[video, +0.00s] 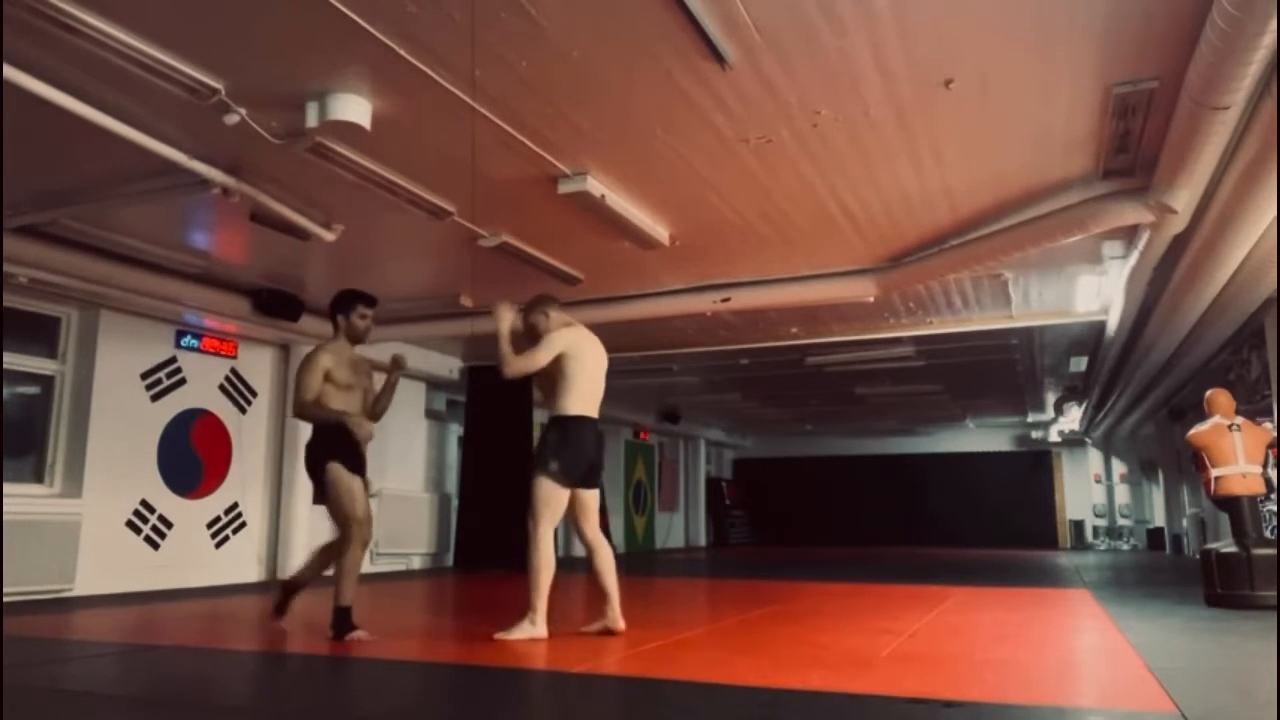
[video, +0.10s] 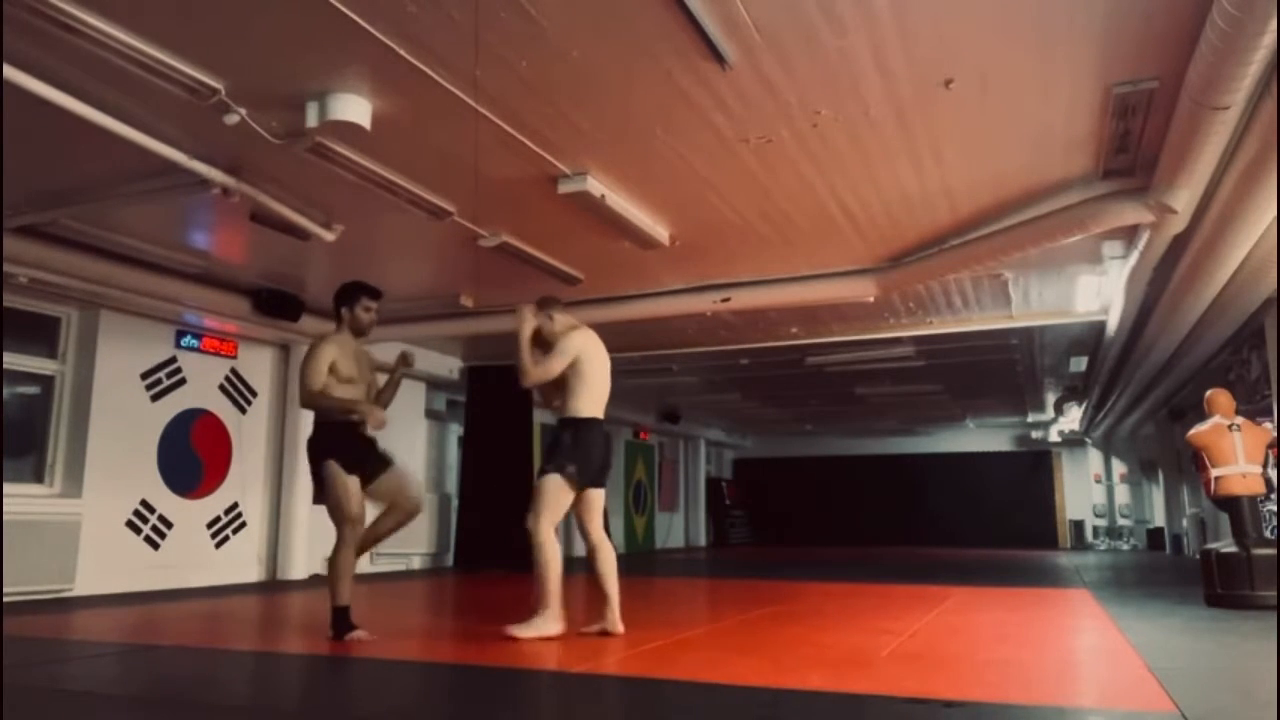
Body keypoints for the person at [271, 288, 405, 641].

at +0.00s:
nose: (368, 325)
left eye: (371, 319)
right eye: (362, 317)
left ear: (367, 322)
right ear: (341, 318)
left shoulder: (361, 363)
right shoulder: (321, 356)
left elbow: (373, 412)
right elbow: (302, 407)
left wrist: (392, 378)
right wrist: (347, 418)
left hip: (352, 449)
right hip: (329, 444)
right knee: (357, 529)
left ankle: (292, 585)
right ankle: (342, 620)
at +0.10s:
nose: (372, 318)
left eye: (375, 311)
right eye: (366, 310)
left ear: (372, 315)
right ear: (345, 311)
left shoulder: (363, 355)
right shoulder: (327, 346)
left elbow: (375, 404)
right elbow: (309, 395)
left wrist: (398, 373)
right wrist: (358, 408)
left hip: (360, 441)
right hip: (331, 439)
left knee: (408, 503)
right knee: (351, 523)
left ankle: (345, 556)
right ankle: (341, 620)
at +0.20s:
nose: (378, 315)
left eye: (380, 309)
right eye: (372, 307)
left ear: (375, 312)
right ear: (350, 307)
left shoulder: (368, 353)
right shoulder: (327, 342)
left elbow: (382, 403)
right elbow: (312, 388)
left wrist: (404, 376)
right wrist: (363, 398)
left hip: (369, 438)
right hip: (339, 439)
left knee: (440, 439)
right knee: (352, 527)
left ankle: (416, 512)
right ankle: (342, 623)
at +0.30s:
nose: (380, 316)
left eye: (383, 310)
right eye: (374, 308)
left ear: (381, 313)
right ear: (353, 308)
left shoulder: (372, 355)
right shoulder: (328, 342)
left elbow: (385, 405)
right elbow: (312, 387)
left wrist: (410, 378)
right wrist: (362, 396)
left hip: (383, 430)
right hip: (352, 437)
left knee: (448, 399)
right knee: (360, 528)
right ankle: (345, 622)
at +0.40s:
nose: (379, 316)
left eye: (382, 310)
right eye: (374, 308)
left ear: (380, 313)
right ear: (352, 308)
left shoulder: (375, 356)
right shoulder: (328, 343)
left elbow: (386, 405)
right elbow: (308, 390)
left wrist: (411, 383)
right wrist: (356, 400)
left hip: (392, 428)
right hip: (362, 437)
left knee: (462, 393)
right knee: (367, 531)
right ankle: (350, 620)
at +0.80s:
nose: (377, 319)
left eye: (380, 313)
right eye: (371, 311)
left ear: (377, 315)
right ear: (348, 310)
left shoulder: (376, 354)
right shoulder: (326, 352)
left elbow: (391, 406)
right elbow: (306, 404)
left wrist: (415, 380)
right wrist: (350, 410)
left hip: (402, 429)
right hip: (369, 443)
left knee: (476, 413)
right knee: (373, 532)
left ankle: (555, 414)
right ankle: (358, 621)